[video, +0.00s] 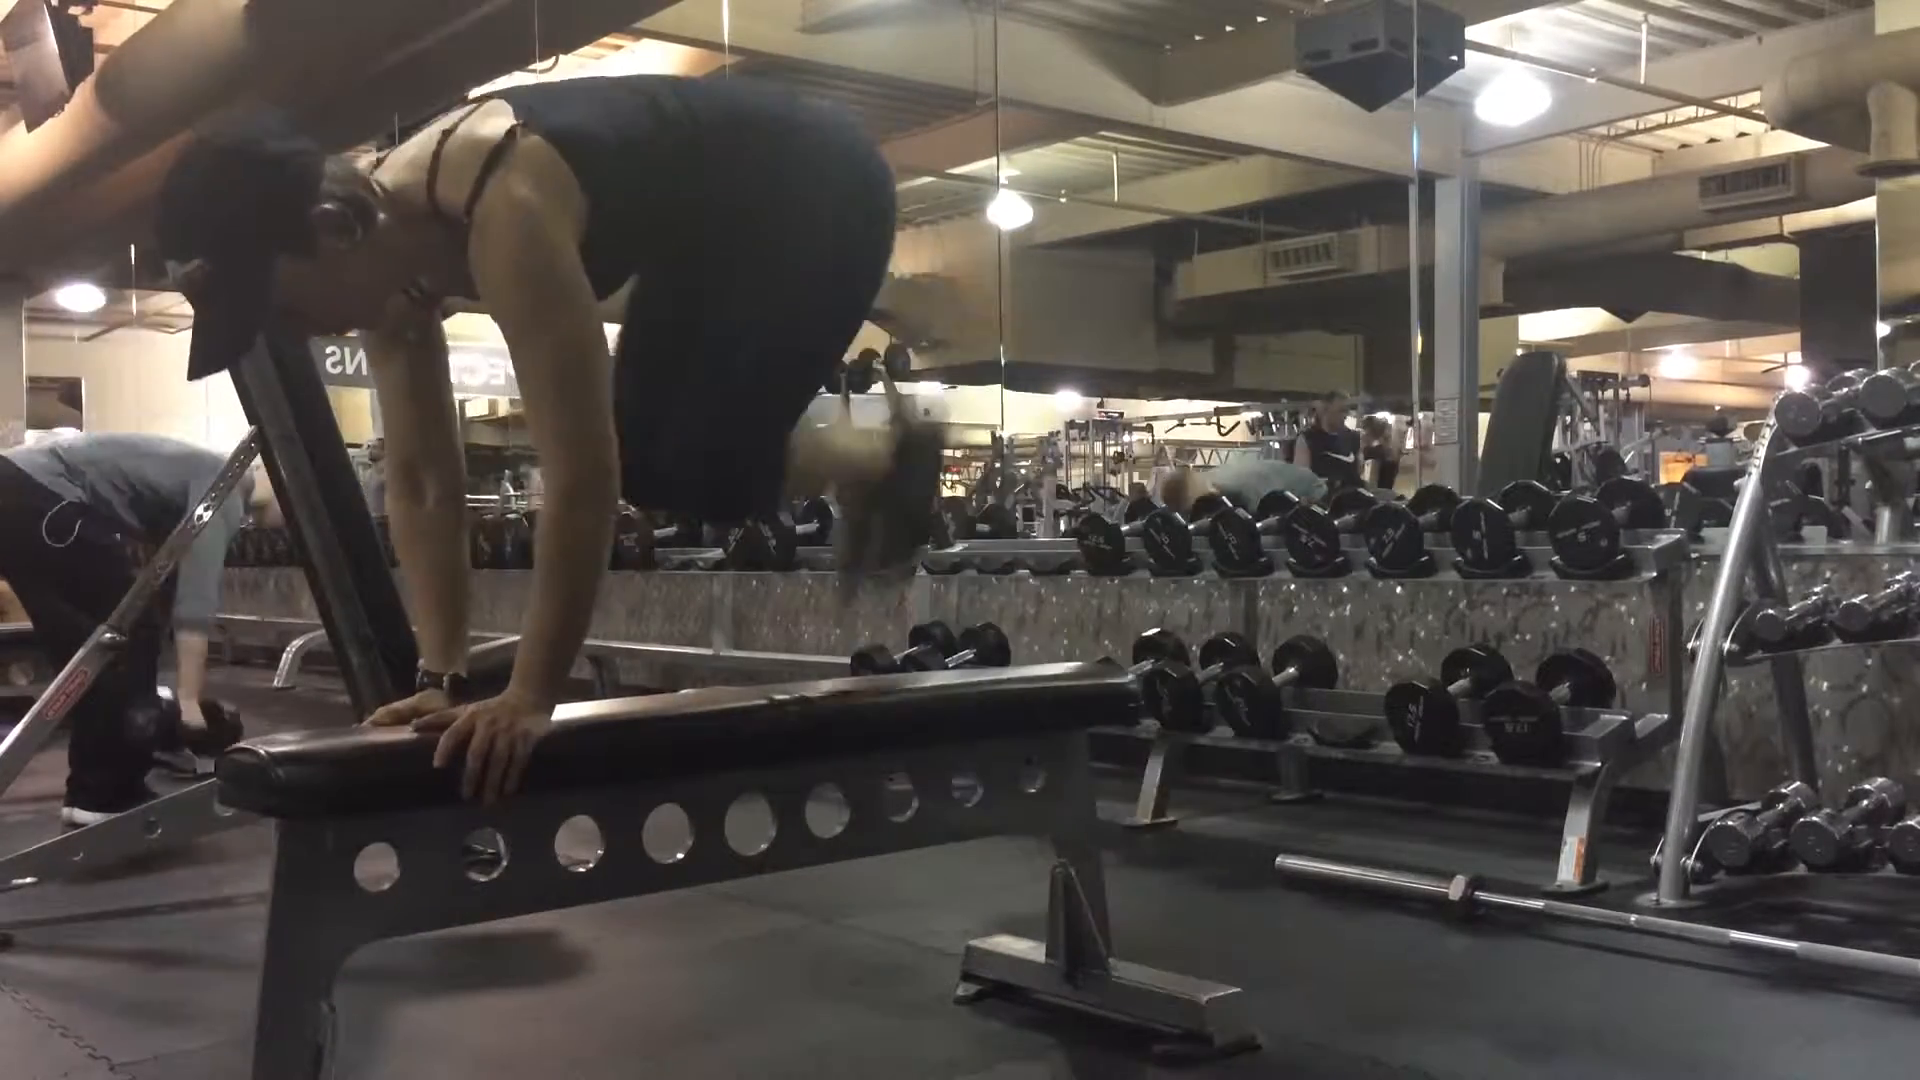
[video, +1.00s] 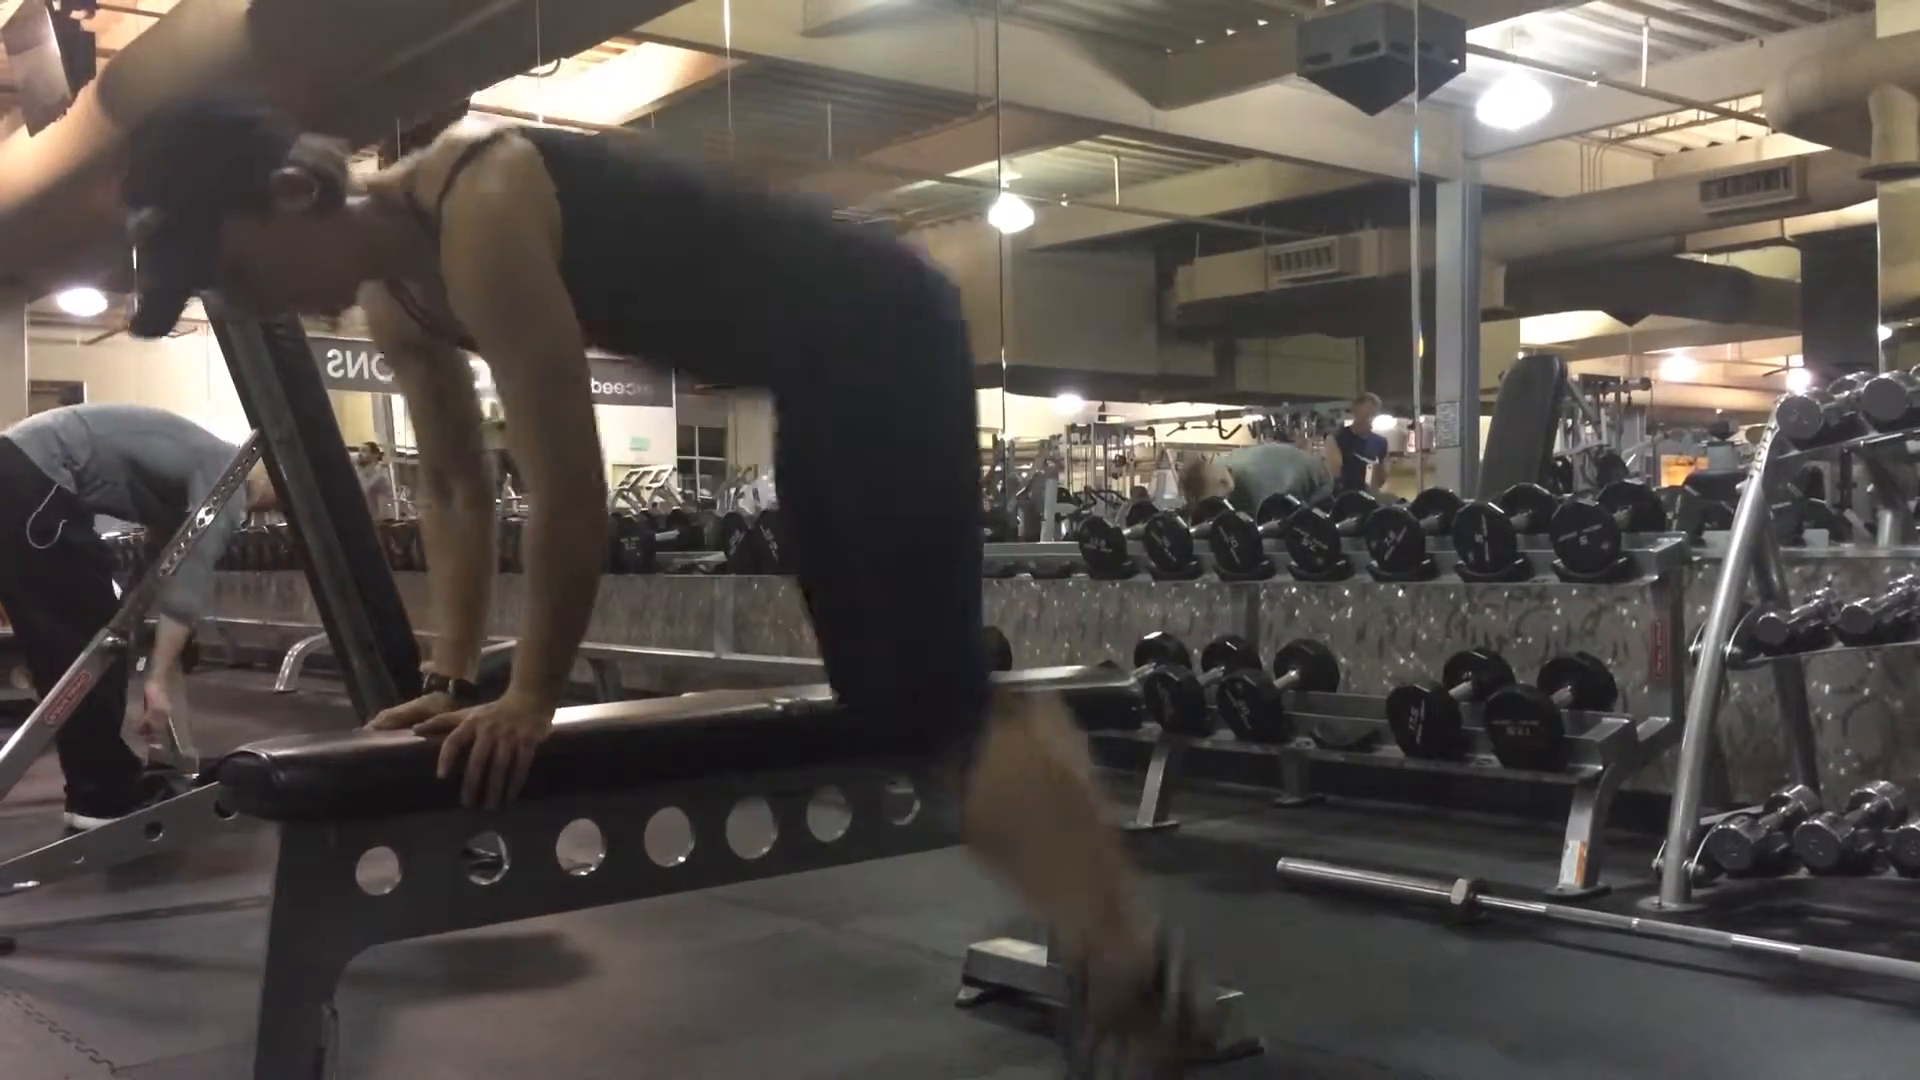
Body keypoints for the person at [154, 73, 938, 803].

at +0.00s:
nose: (321, 337)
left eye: (302, 311)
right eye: (294, 325)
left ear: (334, 231)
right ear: (325, 231)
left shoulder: (510, 211)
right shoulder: (388, 250)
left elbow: (581, 472)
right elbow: (418, 475)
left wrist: (530, 692)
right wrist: (442, 679)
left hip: (811, 187)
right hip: (714, 217)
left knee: (692, 465)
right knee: (644, 460)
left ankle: (884, 456)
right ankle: (865, 458)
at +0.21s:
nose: (315, 306)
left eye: (305, 274)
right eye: (294, 288)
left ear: (356, 203)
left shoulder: (548, 225)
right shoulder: (382, 277)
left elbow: (625, 492)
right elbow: (423, 474)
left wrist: (534, 698)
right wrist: (441, 676)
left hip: (746, 386)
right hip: (642, 400)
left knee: (676, 663)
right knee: (616, 660)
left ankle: (768, 874)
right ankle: (693, 867)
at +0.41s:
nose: (290, 297)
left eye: (284, 267)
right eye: (272, 280)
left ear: (341, 200)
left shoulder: (519, 214)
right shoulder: (347, 285)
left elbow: (607, 489)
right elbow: (393, 482)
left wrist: (531, 695)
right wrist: (444, 680)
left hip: (743, 373)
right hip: (630, 395)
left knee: (756, 654)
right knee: (668, 665)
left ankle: (782, 855)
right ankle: (683, 854)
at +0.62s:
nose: (287, 344)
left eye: (271, 317)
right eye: (257, 334)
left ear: (303, 224)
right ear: (294, 228)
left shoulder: (474, 205)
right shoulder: (346, 261)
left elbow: (547, 471)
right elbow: (399, 471)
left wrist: (527, 697)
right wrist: (439, 678)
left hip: (781, 173)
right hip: (669, 218)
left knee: (792, 469)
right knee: (658, 477)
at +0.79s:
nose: (308, 336)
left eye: (283, 312)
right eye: (277, 327)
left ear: (297, 219)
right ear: (288, 223)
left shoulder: (479, 203)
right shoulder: (368, 254)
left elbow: (546, 467)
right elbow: (411, 472)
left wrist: (525, 699)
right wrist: (441, 677)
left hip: (807, 138)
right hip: (720, 191)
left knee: (789, 451)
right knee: (730, 476)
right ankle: (976, 416)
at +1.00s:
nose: (247, 311)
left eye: (233, 279)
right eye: (224, 296)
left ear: (289, 200)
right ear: (274, 216)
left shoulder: (487, 212)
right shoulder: (391, 268)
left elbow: (568, 478)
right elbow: (452, 473)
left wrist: (532, 696)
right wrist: (449, 667)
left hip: (876, 325)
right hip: (814, 357)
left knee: (935, 692)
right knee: (908, 689)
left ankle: (1126, 961)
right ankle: (1111, 939)